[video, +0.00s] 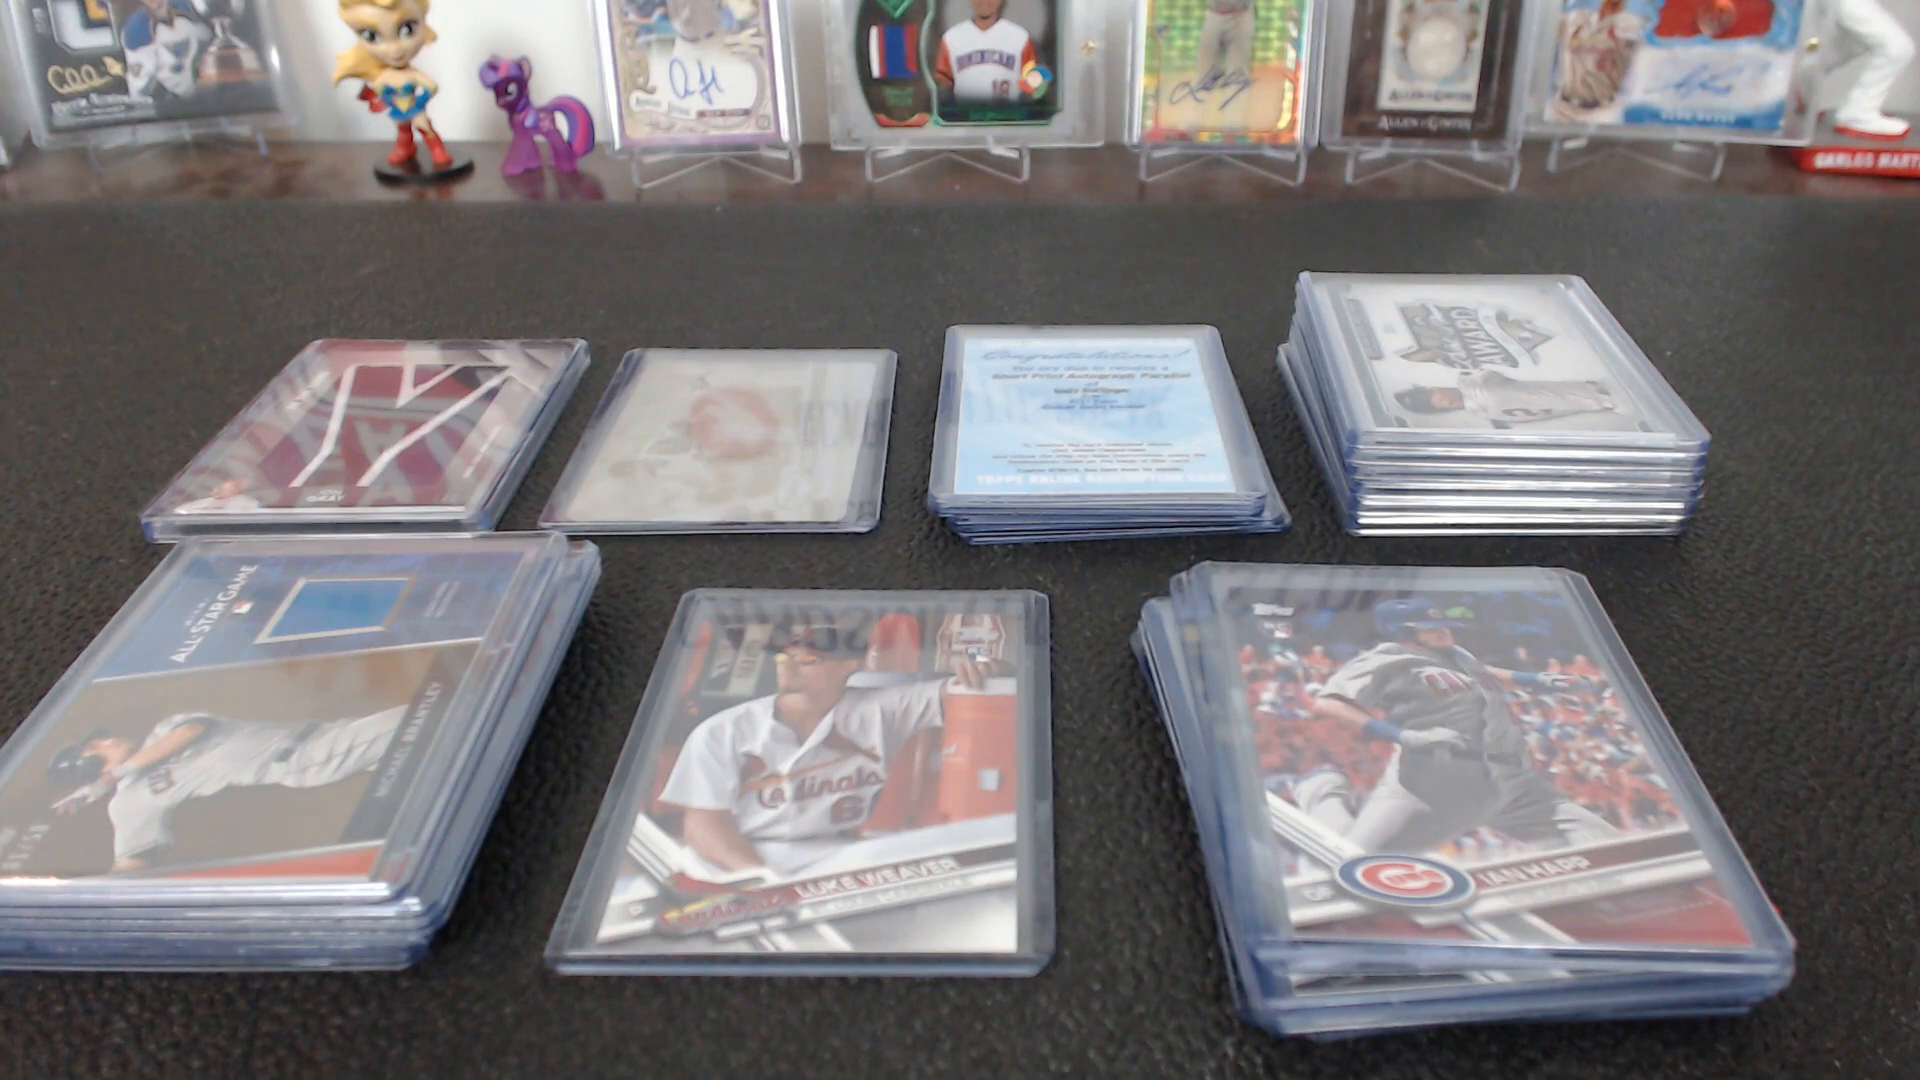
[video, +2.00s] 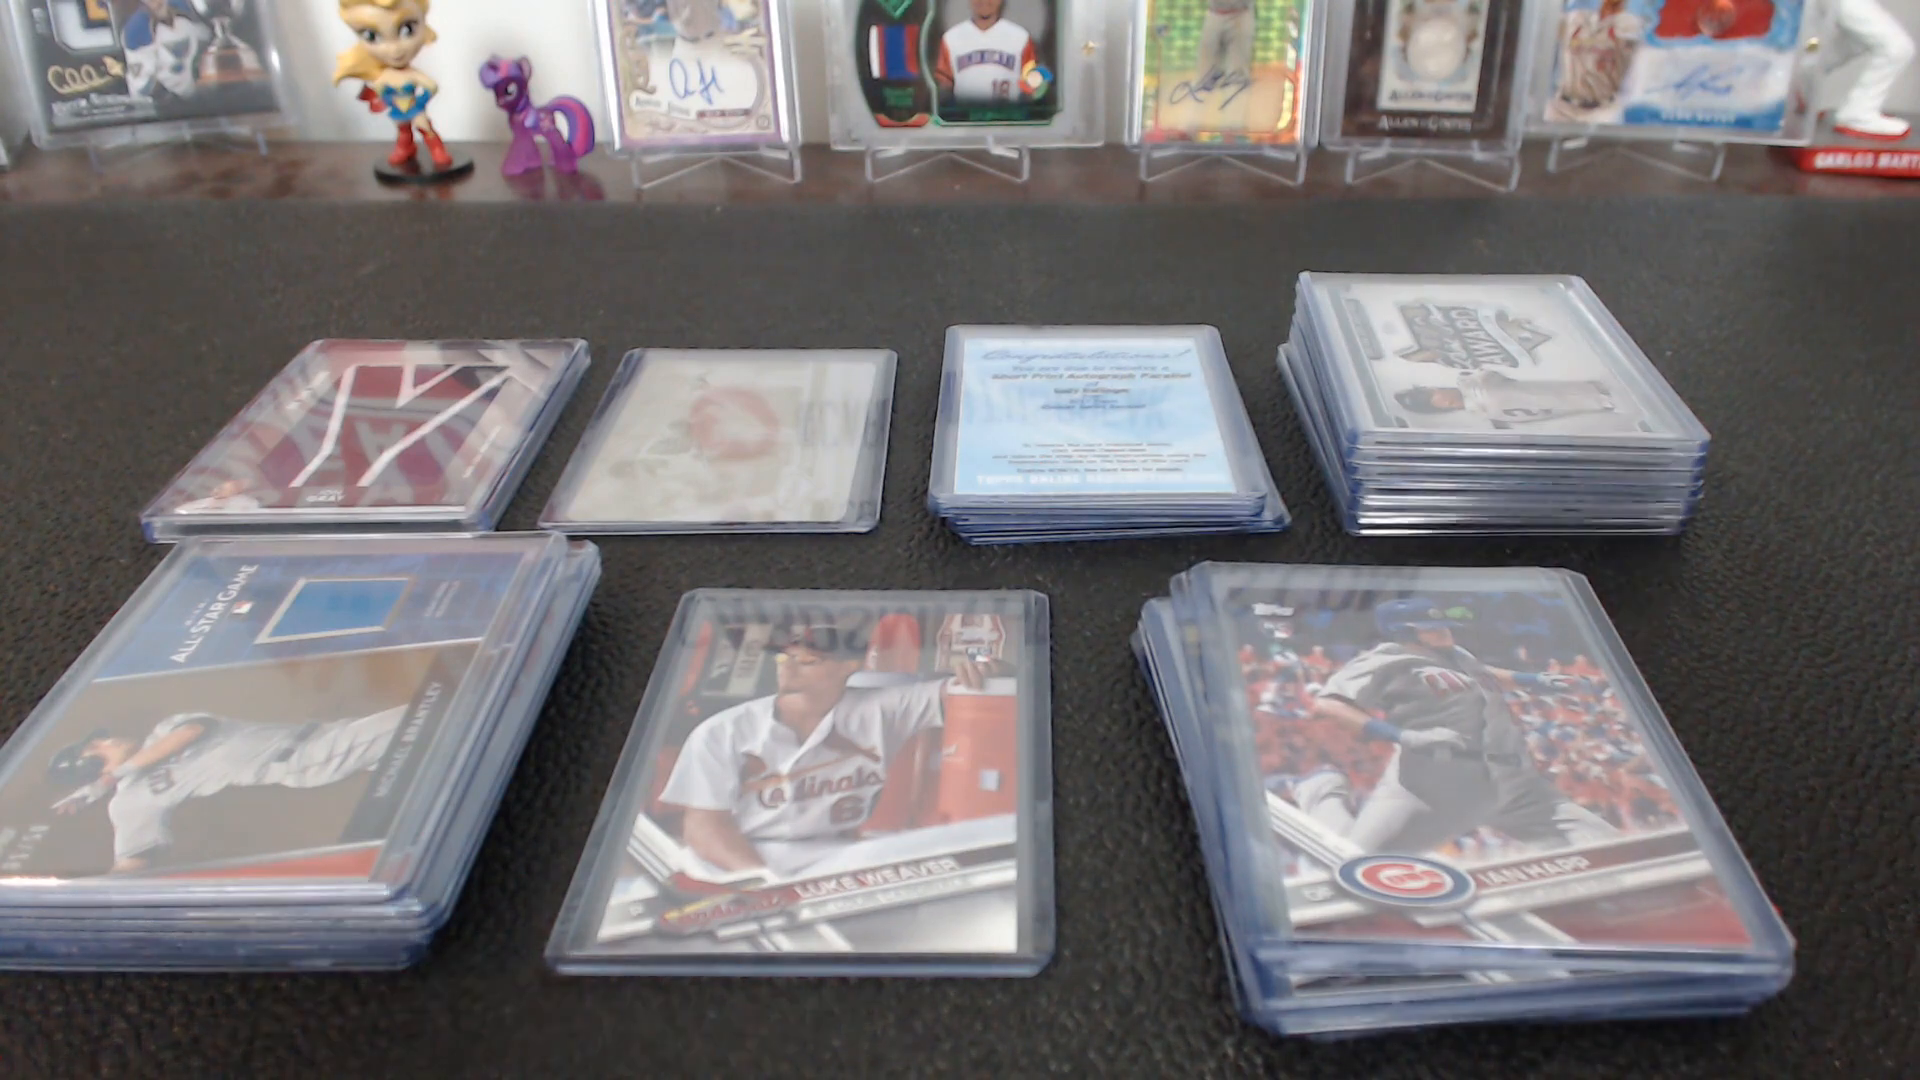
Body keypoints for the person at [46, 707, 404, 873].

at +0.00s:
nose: (111, 741)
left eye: (101, 740)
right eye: (101, 747)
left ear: (108, 741)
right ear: (100, 771)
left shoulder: (161, 728)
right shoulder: (131, 798)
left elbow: (193, 732)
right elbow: (129, 870)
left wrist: (117, 775)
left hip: (312, 733)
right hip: (299, 760)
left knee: (416, 721)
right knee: (414, 717)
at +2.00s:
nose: (112, 741)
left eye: (101, 741)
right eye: (102, 747)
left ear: (107, 742)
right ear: (101, 769)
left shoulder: (162, 728)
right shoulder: (131, 798)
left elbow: (193, 732)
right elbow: (130, 869)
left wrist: (114, 777)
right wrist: (89, 902)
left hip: (314, 732)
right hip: (301, 760)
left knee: (419, 719)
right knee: (417, 717)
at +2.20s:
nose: (109, 751)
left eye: (98, 747)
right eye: (99, 760)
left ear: (108, 736)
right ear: (100, 776)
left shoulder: (160, 727)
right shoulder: (131, 801)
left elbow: (191, 733)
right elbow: (128, 872)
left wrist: (117, 775)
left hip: (305, 735)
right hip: (291, 768)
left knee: (412, 719)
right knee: (408, 721)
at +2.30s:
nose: (104, 771)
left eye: (98, 758)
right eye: (94, 774)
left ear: (112, 741)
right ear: (96, 786)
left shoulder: (161, 731)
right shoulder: (130, 802)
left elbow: (193, 732)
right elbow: (130, 871)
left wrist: (124, 770)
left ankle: (418, 715)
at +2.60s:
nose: (115, 741)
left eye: (106, 739)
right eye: (104, 744)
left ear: (109, 742)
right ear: (100, 764)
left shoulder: (163, 727)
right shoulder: (129, 802)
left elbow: (196, 731)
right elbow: (129, 872)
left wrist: (115, 777)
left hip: (294, 736)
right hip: (277, 774)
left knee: (407, 721)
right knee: (399, 726)